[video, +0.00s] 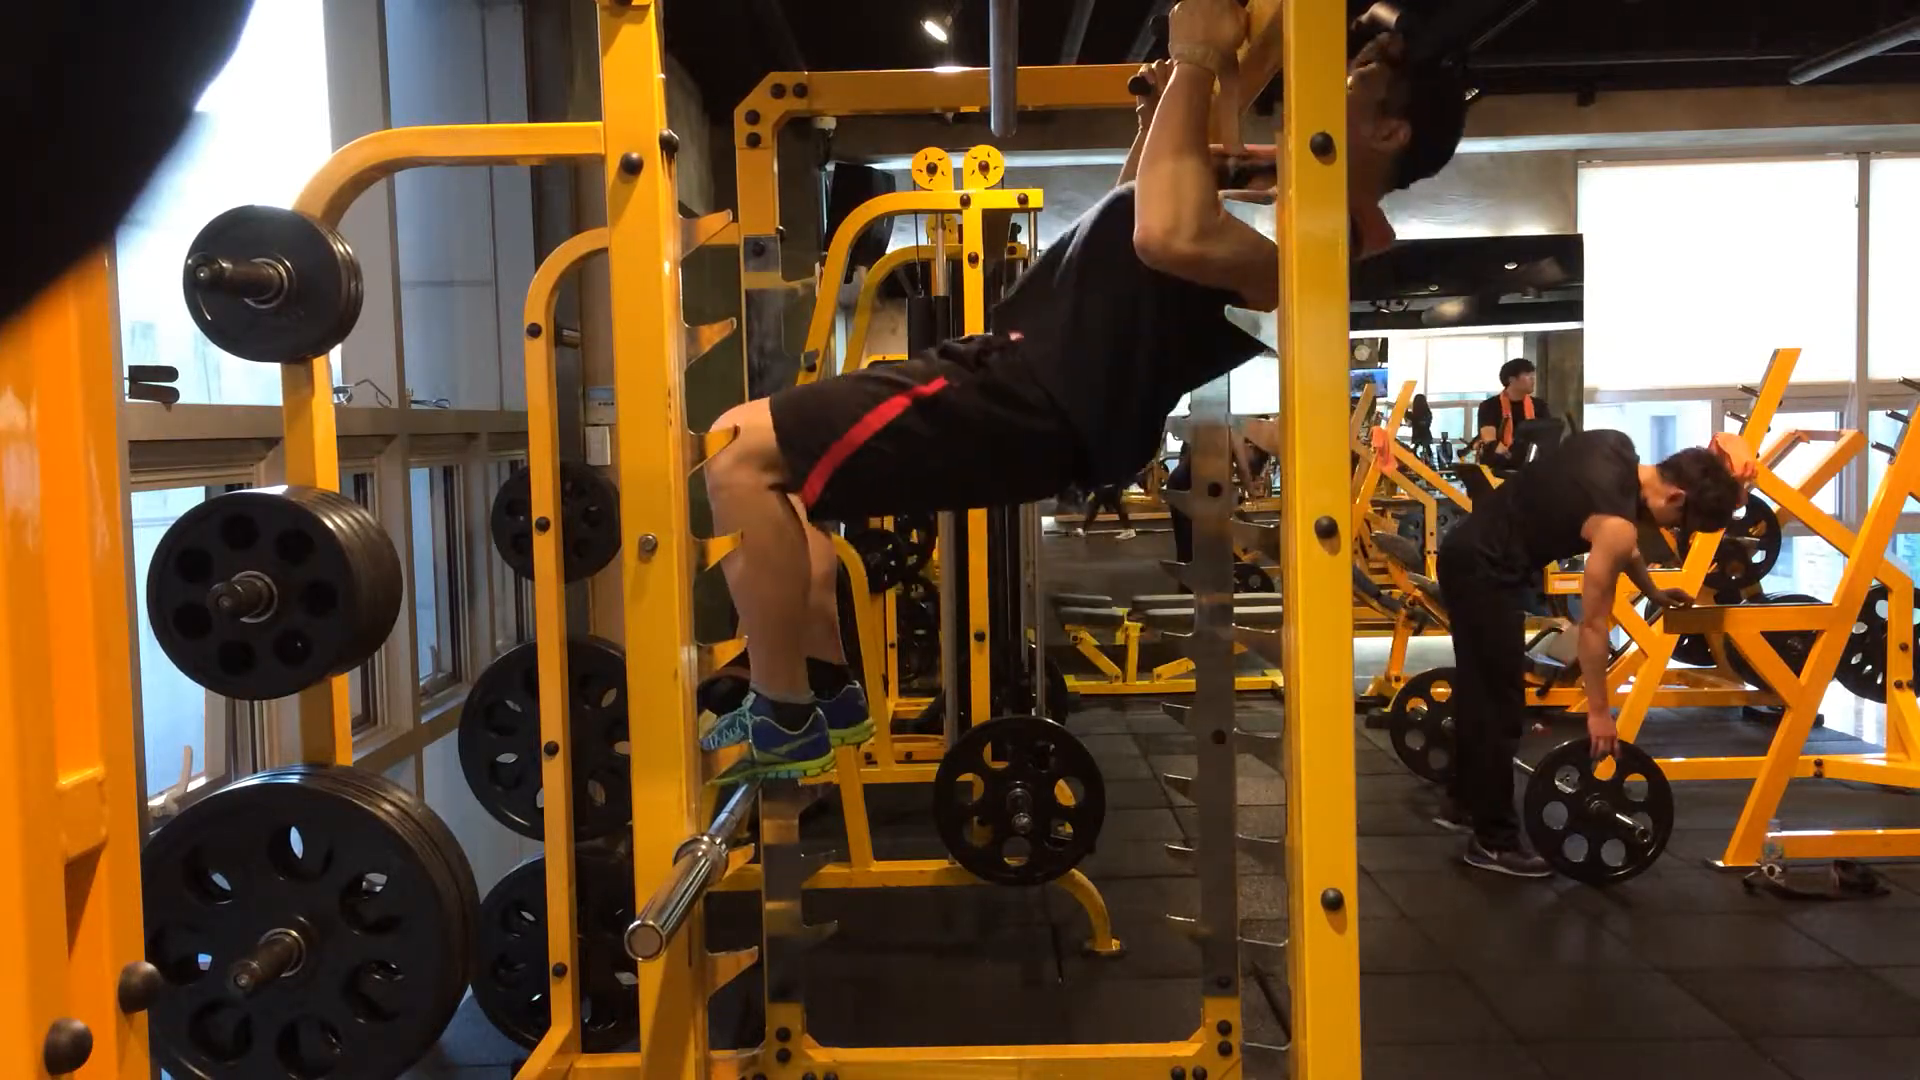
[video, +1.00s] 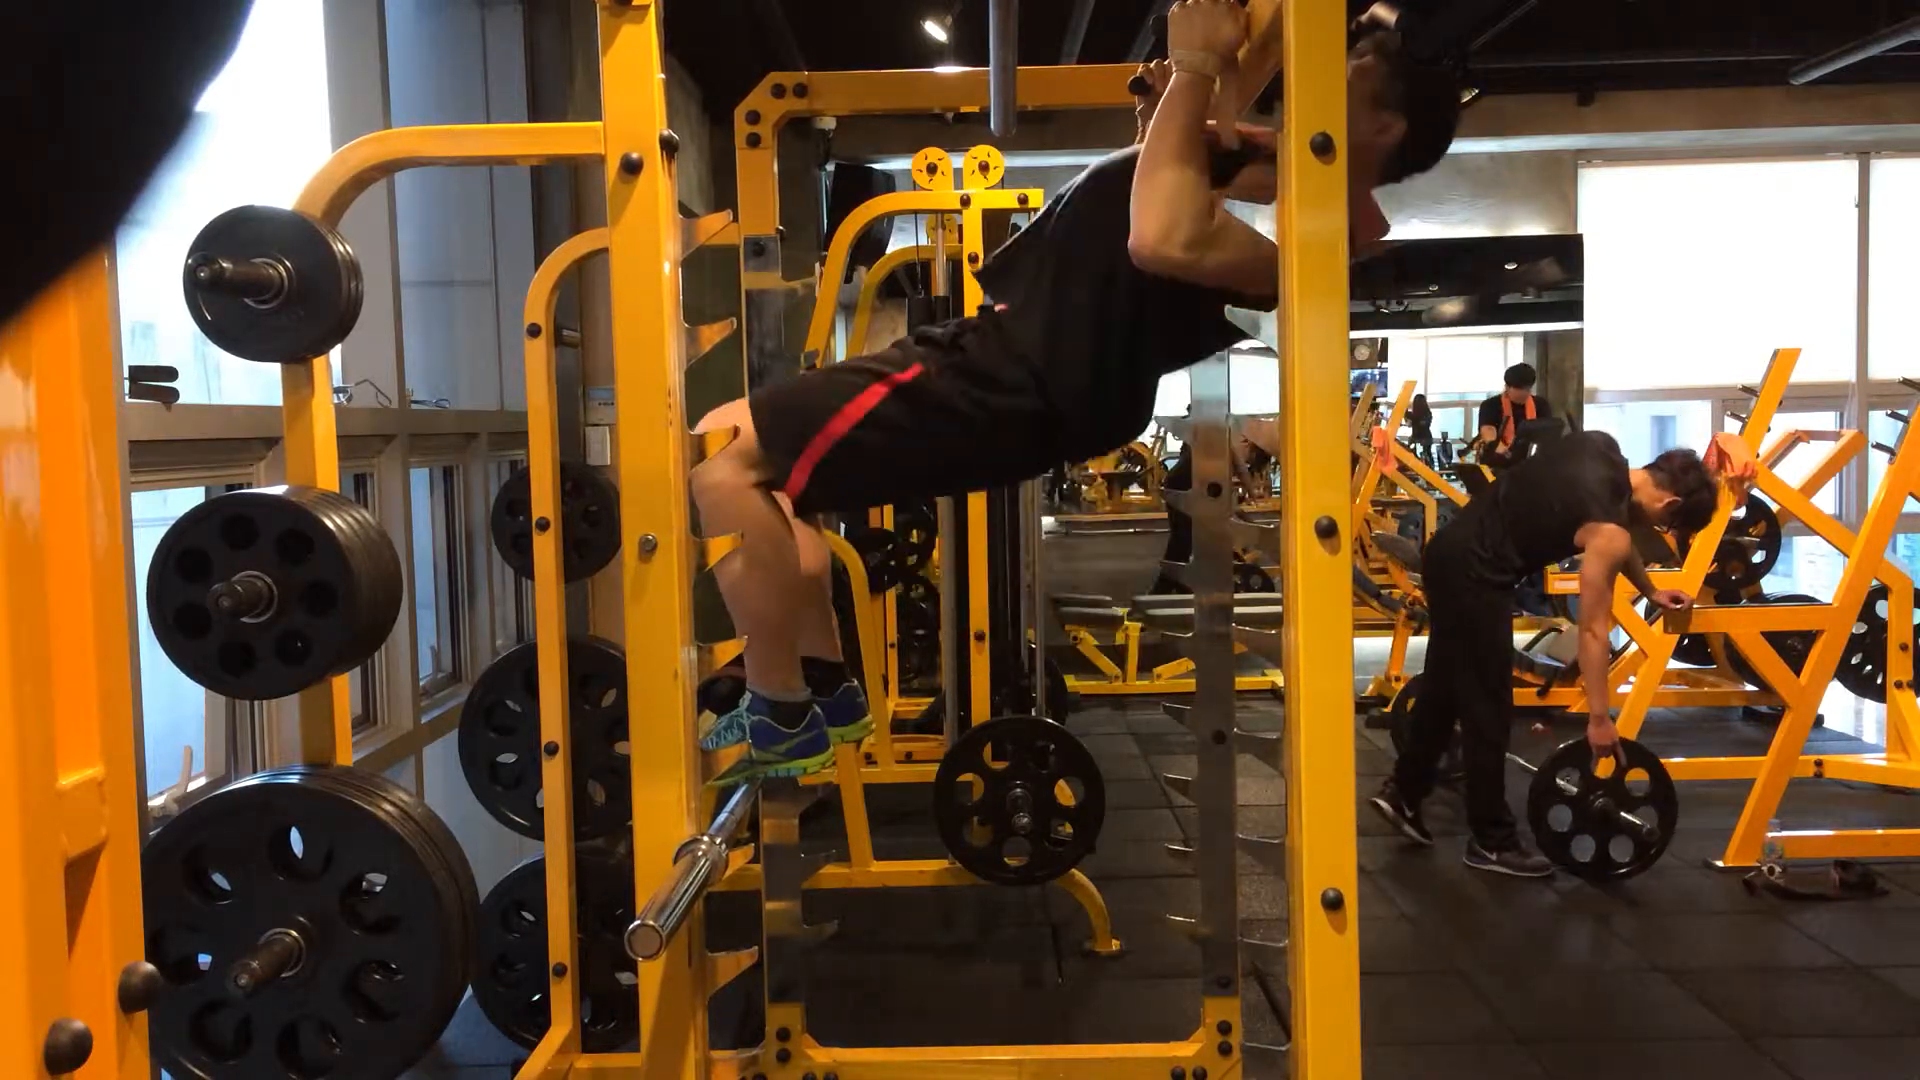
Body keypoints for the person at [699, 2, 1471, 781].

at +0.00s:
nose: (1329, 84)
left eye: (1355, 81)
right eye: (1340, 71)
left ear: (1391, 132)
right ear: (1350, 118)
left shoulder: (1343, 233)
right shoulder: (1297, 188)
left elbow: (1177, 234)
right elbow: (1156, 195)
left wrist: (1199, 60)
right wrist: (1191, 80)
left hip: (1050, 407)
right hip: (1016, 364)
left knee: (743, 459)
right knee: (749, 433)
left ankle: (784, 712)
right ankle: (826, 672)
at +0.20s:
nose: (1321, 176)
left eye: (1348, 169)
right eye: (1336, 163)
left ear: (1386, 212)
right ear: (1372, 212)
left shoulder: (1344, 278)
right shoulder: (1314, 292)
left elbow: (1183, 249)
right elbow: (1129, 273)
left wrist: (1199, 72)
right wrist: (1157, 130)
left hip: (1031, 475)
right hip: (1024, 447)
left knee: (741, 462)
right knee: (754, 432)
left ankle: (783, 713)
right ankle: (821, 654)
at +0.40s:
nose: (1300, 257)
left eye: (1334, 257)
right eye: (1316, 249)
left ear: (1377, 308)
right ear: (1329, 281)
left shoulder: (1305, 394)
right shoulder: (1252, 363)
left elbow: (1196, 259)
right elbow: (1148, 286)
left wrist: (1204, 76)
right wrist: (1159, 137)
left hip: (1025, 563)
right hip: (1018, 524)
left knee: (750, 461)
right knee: (791, 456)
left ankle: (782, 712)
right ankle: (826, 681)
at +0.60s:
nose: (1308, 276)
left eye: (1342, 282)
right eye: (1323, 265)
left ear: (1376, 332)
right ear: (1322, 293)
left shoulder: (1311, 403)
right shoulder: (1253, 368)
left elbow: (1194, 265)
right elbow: (1145, 287)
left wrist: (1204, 78)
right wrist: (1156, 144)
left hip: (1004, 562)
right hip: (999, 521)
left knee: (742, 467)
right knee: (779, 450)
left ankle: (783, 715)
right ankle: (825, 677)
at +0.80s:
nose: (1327, 179)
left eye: (1354, 176)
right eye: (1340, 167)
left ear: (1391, 225)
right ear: (1366, 215)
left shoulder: (1332, 297)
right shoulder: (1315, 300)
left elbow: (1176, 246)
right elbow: (1144, 250)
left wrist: (1197, 74)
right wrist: (1171, 108)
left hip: (1011, 465)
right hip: (1010, 440)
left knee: (724, 477)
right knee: (732, 434)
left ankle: (777, 712)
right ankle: (818, 665)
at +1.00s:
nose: (1325, 84)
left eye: (1354, 84)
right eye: (1340, 68)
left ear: (1382, 133)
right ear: (1331, 91)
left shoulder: (1328, 232)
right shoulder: (1280, 180)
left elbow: (1170, 237)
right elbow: (1168, 209)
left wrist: (1193, 67)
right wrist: (1186, 102)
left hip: (1023, 392)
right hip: (995, 356)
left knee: (727, 471)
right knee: (730, 434)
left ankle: (781, 713)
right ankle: (818, 670)